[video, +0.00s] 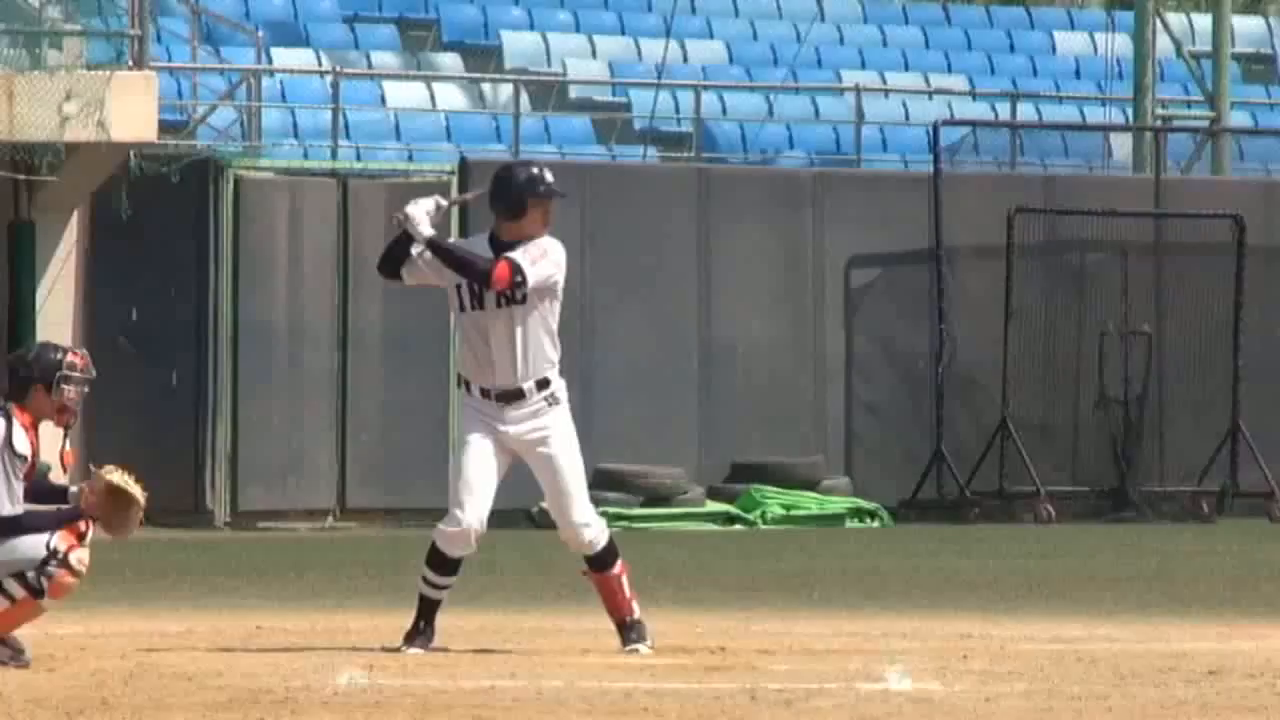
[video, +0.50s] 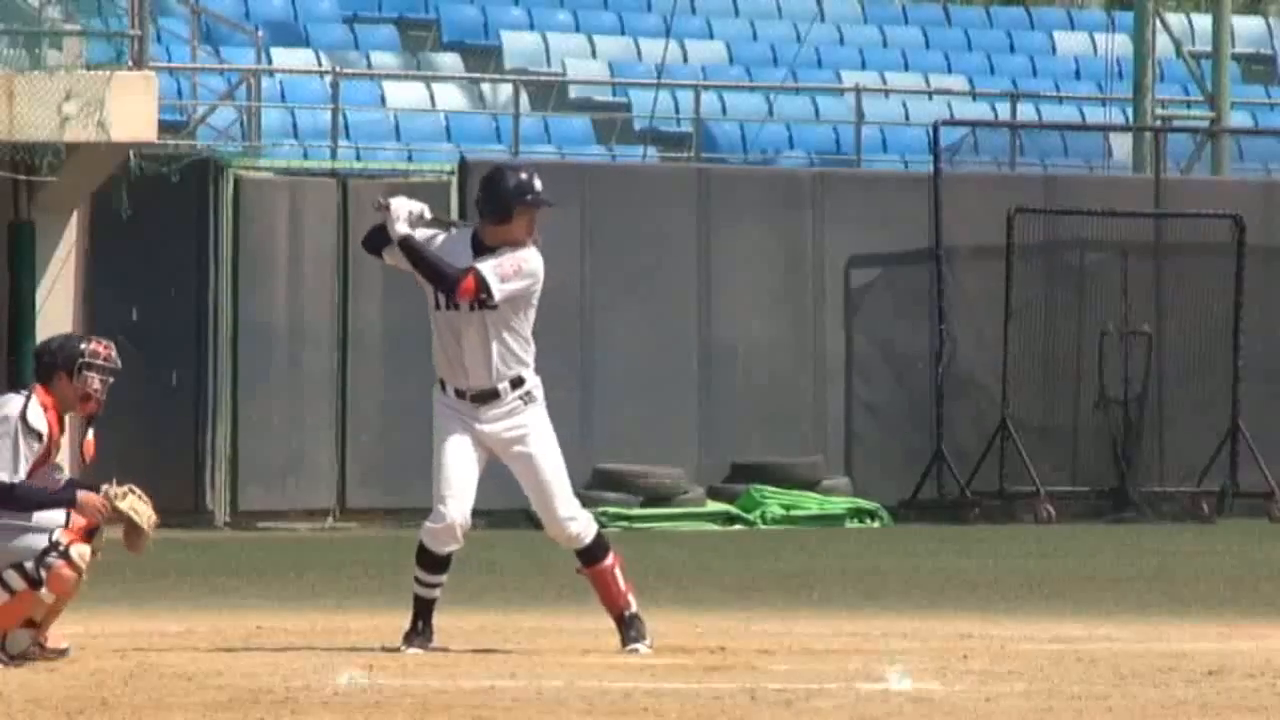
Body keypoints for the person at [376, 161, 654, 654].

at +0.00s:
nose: (549, 213)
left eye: (549, 204)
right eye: (542, 205)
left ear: (533, 207)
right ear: (516, 209)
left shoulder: (549, 251)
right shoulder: (461, 253)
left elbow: (496, 276)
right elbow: (390, 267)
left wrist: (428, 239)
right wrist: (413, 228)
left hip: (543, 407)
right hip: (480, 411)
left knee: (579, 526)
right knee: (463, 524)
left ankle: (629, 623)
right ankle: (422, 627)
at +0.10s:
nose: (551, 210)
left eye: (551, 201)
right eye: (544, 202)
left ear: (527, 204)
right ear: (519, 206)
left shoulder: (551, 248)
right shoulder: (465, 252)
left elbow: (498, 273)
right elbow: (394, 269)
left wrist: (431, 236)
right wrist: (415, 228)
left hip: (545, 405)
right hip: (483, 409)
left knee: (580, 523)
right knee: (464, 523)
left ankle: (629, 622)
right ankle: (422, 626)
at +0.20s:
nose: (547, 212)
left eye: (548, 203)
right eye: (540, 203)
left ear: (533, 205)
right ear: (513, 207)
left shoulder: (545, 249)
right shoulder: (459, 249)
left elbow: (488, 277)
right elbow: (388, 262)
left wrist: (424, 236)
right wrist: (410, 227)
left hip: (538, 407)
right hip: (476, 410)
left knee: (576, 523)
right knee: (458, 522)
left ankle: (629, 622)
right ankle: (422, 625)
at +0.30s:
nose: (541, 217)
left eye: (541, 207)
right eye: (533, 208)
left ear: (517, 213)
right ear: (506, 212)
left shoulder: (535, 257)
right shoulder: (451, 248)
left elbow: (475, 283)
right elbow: (379, 254)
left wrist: (415, 238)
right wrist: (403, 227)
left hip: (527, 408)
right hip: (465, 411)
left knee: (569, 523)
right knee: (454, 521)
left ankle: (628, 621)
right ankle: (421, 625)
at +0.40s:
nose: (536, 221)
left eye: (537, 211)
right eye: (529, 212)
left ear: (513, 217)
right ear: (502, 216)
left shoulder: (528, 261)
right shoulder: (446, 245)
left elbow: (461, 286)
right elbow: (373, 247)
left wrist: (407, 238)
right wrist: (399, 222)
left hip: (520, 408)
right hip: (458, 410)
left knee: (565, 522)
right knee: (450, 520)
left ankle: (628, 620)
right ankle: (421, 624)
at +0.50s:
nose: (535, 221)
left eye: (536, 212)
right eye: (528, 213)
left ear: (512, 217)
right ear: (501, 217)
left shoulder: (526, 262)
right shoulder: (447, 243)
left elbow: (459, 286)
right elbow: (372, 245)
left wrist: (404, 237)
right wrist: (396, 220)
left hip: (518, 408)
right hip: (456, 410)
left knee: (564, 521)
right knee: (449, 519)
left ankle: (628, 619)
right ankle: (421, 624)